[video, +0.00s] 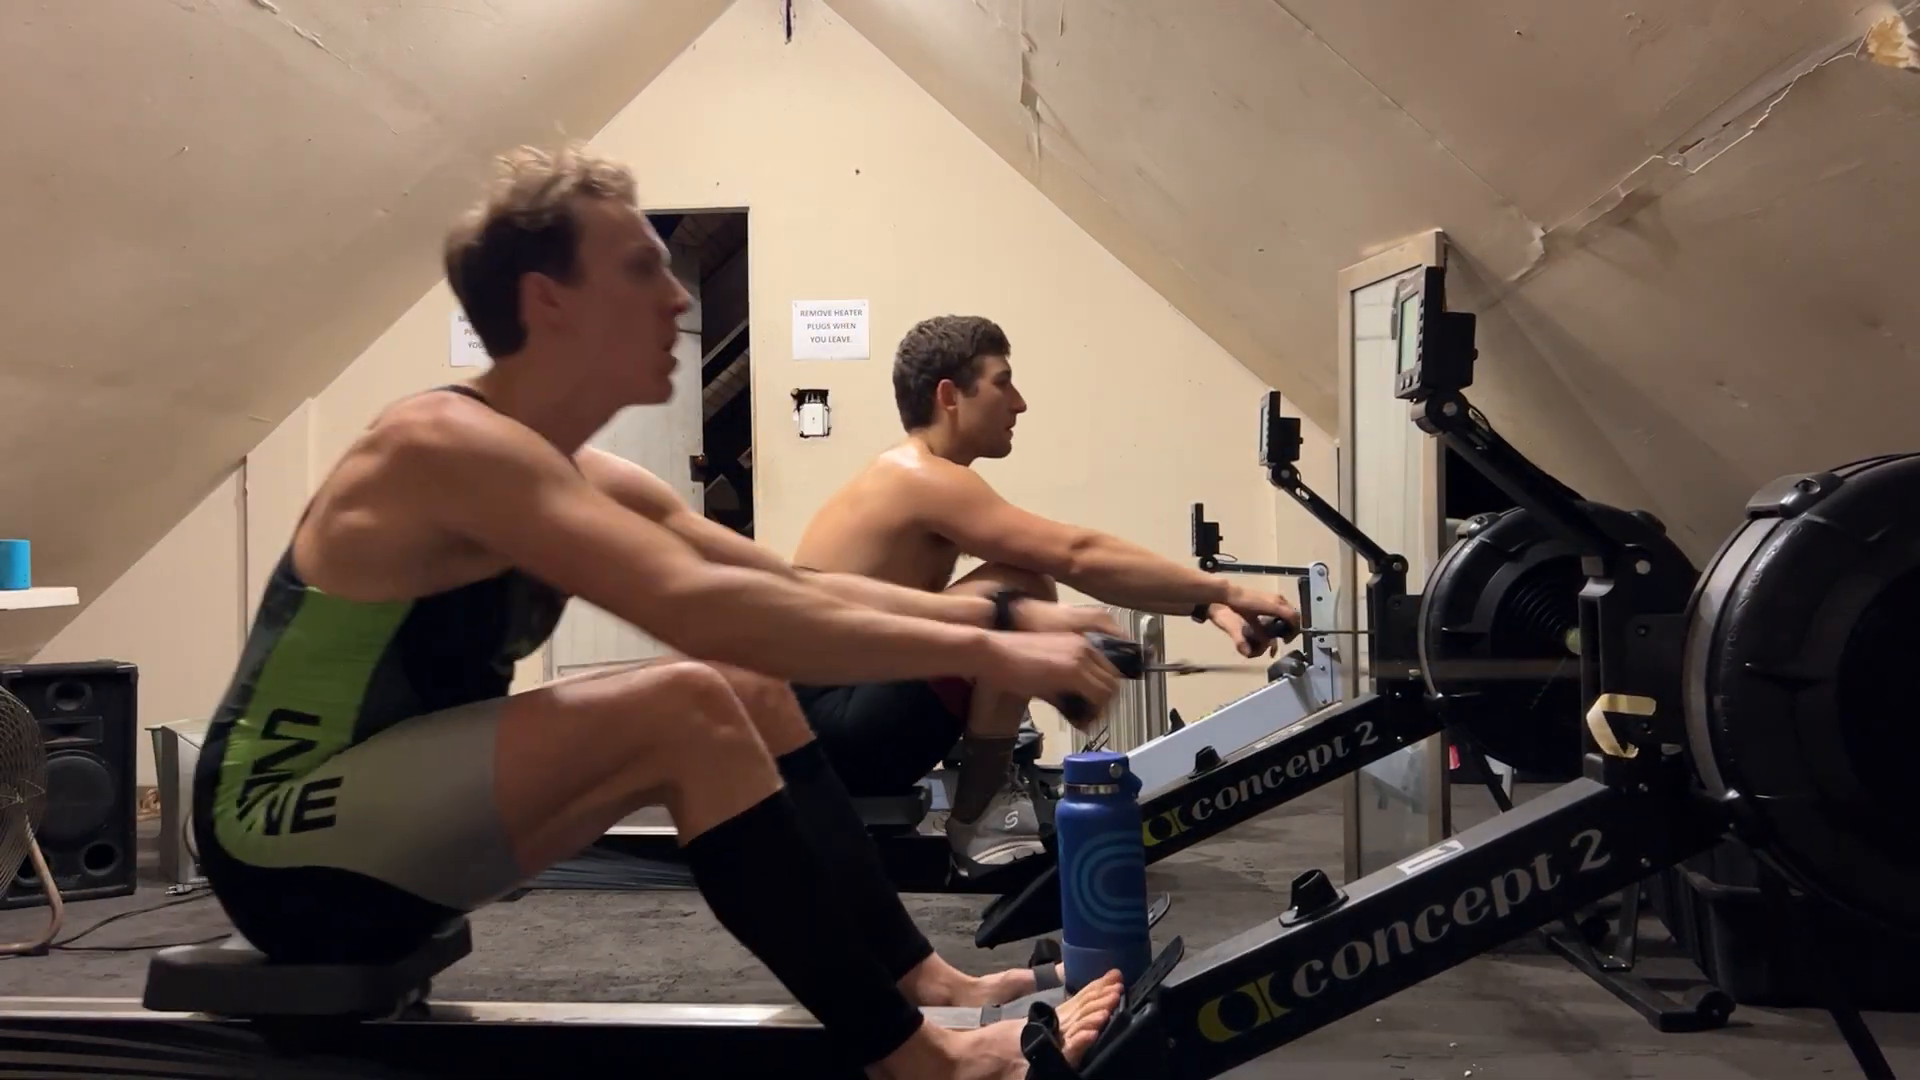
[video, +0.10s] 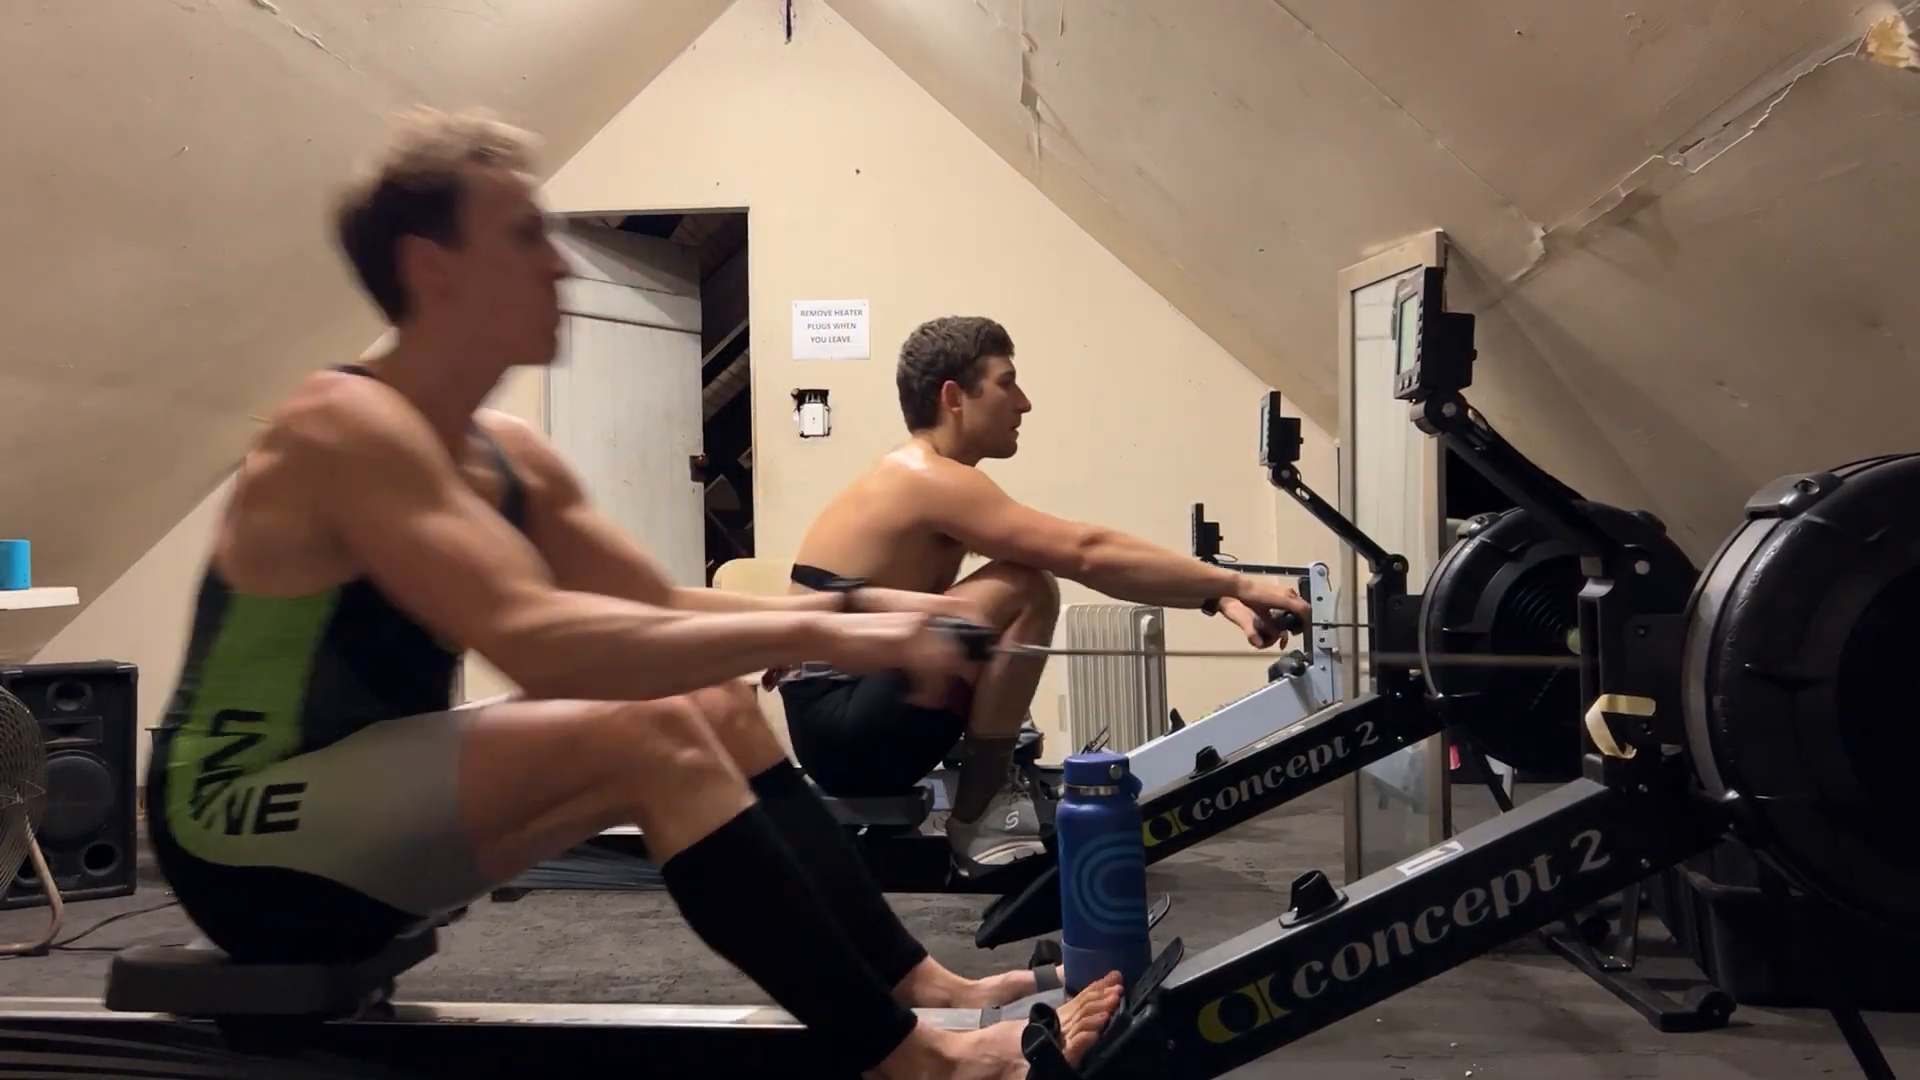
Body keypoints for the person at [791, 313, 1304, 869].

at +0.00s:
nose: (1019, 402)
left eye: (1012, 383)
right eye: (1002, 384)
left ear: (952, 400)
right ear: (948, 397)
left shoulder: (916, 476)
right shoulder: (925, 482)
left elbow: (1076, 553)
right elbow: (1075, 558)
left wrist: (1211, 600)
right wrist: (1223, 592)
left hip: (834, 717)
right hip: (833, 730)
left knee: (1015, 588)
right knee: (1014, 584)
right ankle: (979, 819)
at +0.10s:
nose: (1024, 400)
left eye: (1016, 382)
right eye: (1007, 383)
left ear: (953, 402)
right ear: (952, 399)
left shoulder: (927, 476)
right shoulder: (930, 482)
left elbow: (1086, 557)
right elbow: (1084, 554)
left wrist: (1219, 595)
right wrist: (1233, 585)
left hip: (851, 726)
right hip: (849, 735)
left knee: (1012, 576)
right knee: (1026, 587)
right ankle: (980, 821)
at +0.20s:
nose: (999, 398)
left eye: (991, 381)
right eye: (982, 382)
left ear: (926, 398)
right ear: (928, 395)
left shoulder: (901, 475)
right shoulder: (911, 481)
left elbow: (1065, 553)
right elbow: (1064, 547)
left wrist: (1199, 585)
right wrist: (1213, 573)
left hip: (826, 726)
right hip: (832, 735)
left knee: (995, 579)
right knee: (1011, 589)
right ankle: (980, 822)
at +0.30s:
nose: (942, 391)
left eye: (933, 374)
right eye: (923, 376)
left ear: (873, 396)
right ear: (872, 394)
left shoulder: (846, 468)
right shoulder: (859, 474)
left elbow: (1004, 551)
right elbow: (1005, 548)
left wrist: (1139, 582)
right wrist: (1145, 570)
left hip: (785, 719)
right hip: (788, 728)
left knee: (974, 589)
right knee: (975, 590)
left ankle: (981, 806)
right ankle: (980, 822)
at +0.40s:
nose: (859, 387)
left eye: (849, 371)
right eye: (839, 373)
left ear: (786, 391)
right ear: (785, 389)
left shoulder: (773, 467)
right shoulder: (770, 467)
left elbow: (923, 554)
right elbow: (916, 544)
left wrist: (1053, 581)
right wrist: (1058, 569)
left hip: (734, 710)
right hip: (729, 721)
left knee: (926, 594)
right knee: (930, 604)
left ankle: (983, 813)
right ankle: (981, 826)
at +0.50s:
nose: (764, 387)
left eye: (755, 369)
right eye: (743, 371)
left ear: (694, 390)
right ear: (686, 388)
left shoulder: (706, 472)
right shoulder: (681, 468)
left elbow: (839, 554)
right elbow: (823, 543)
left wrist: (969, 569)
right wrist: (968, 566)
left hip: (687, 712)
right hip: (665, 724)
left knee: (885, 612)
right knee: (887, 616)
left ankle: (980, 817)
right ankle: (978, 828)